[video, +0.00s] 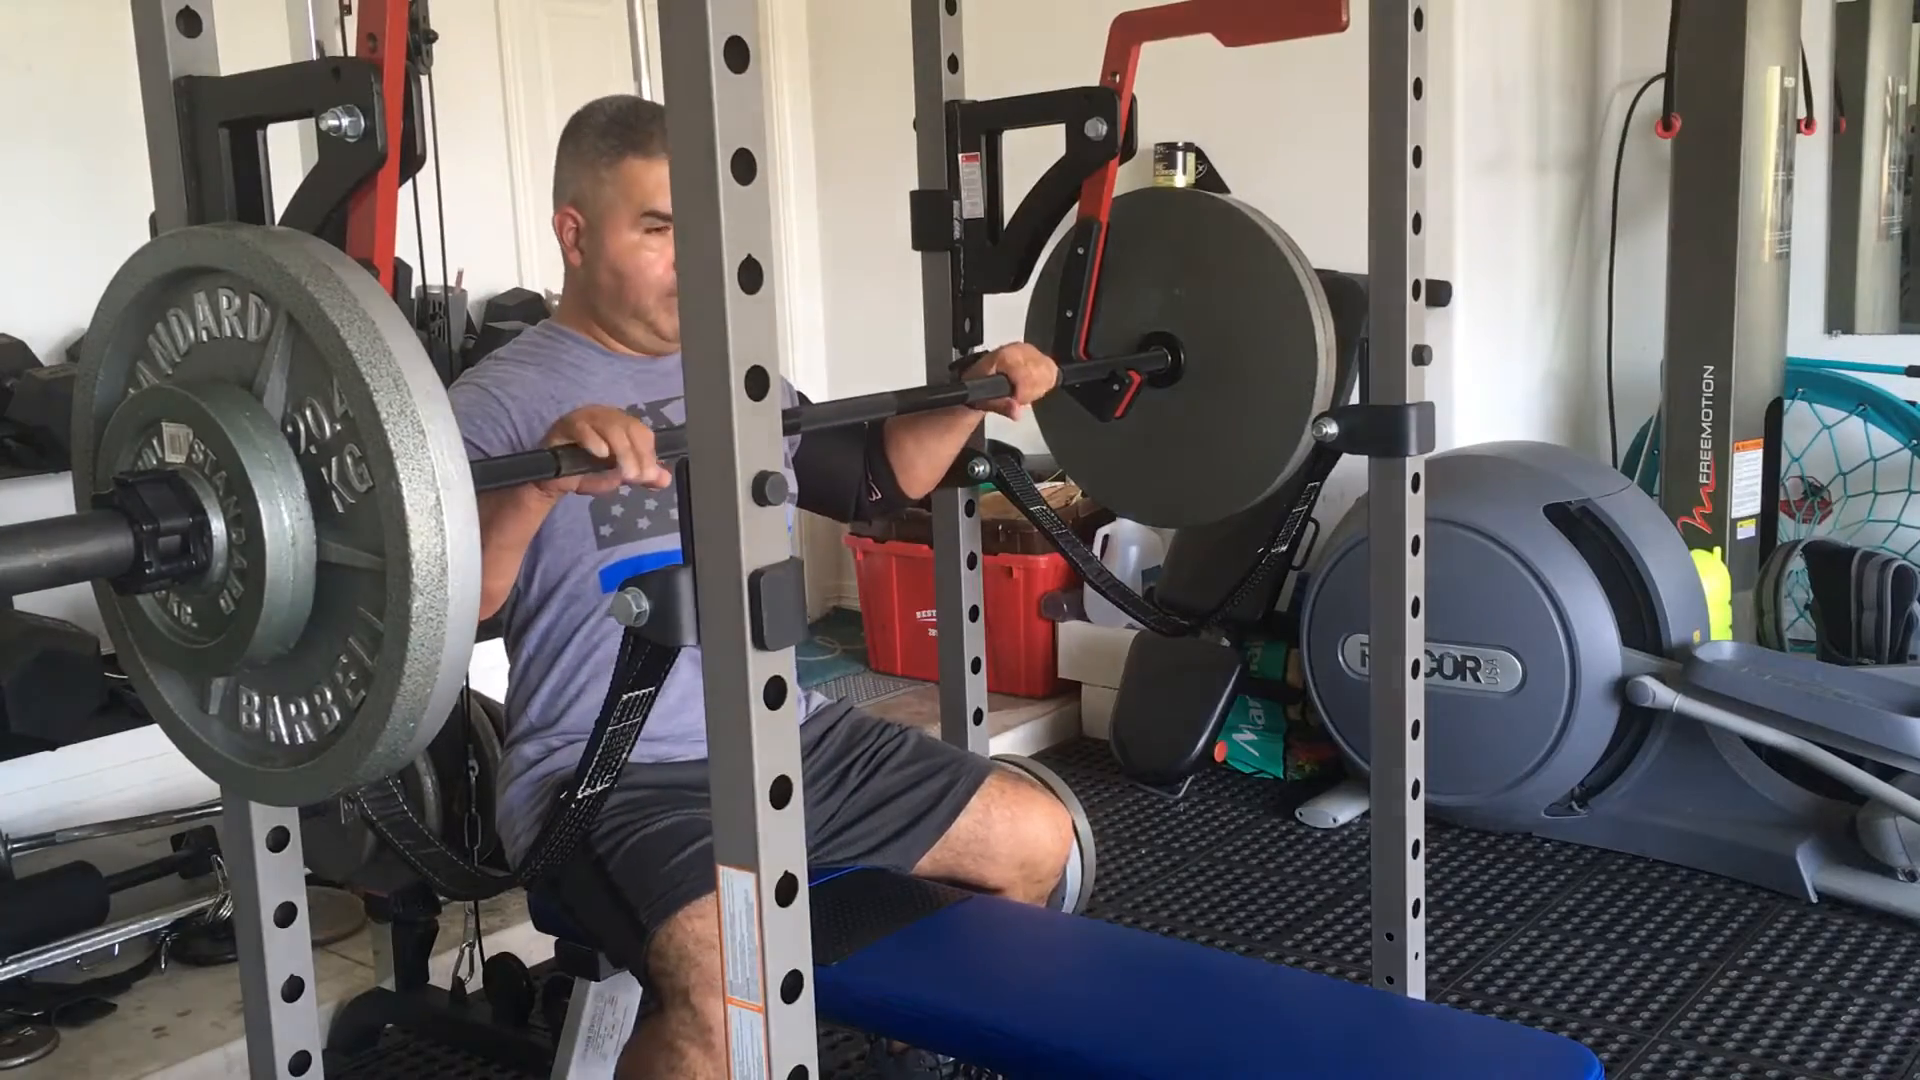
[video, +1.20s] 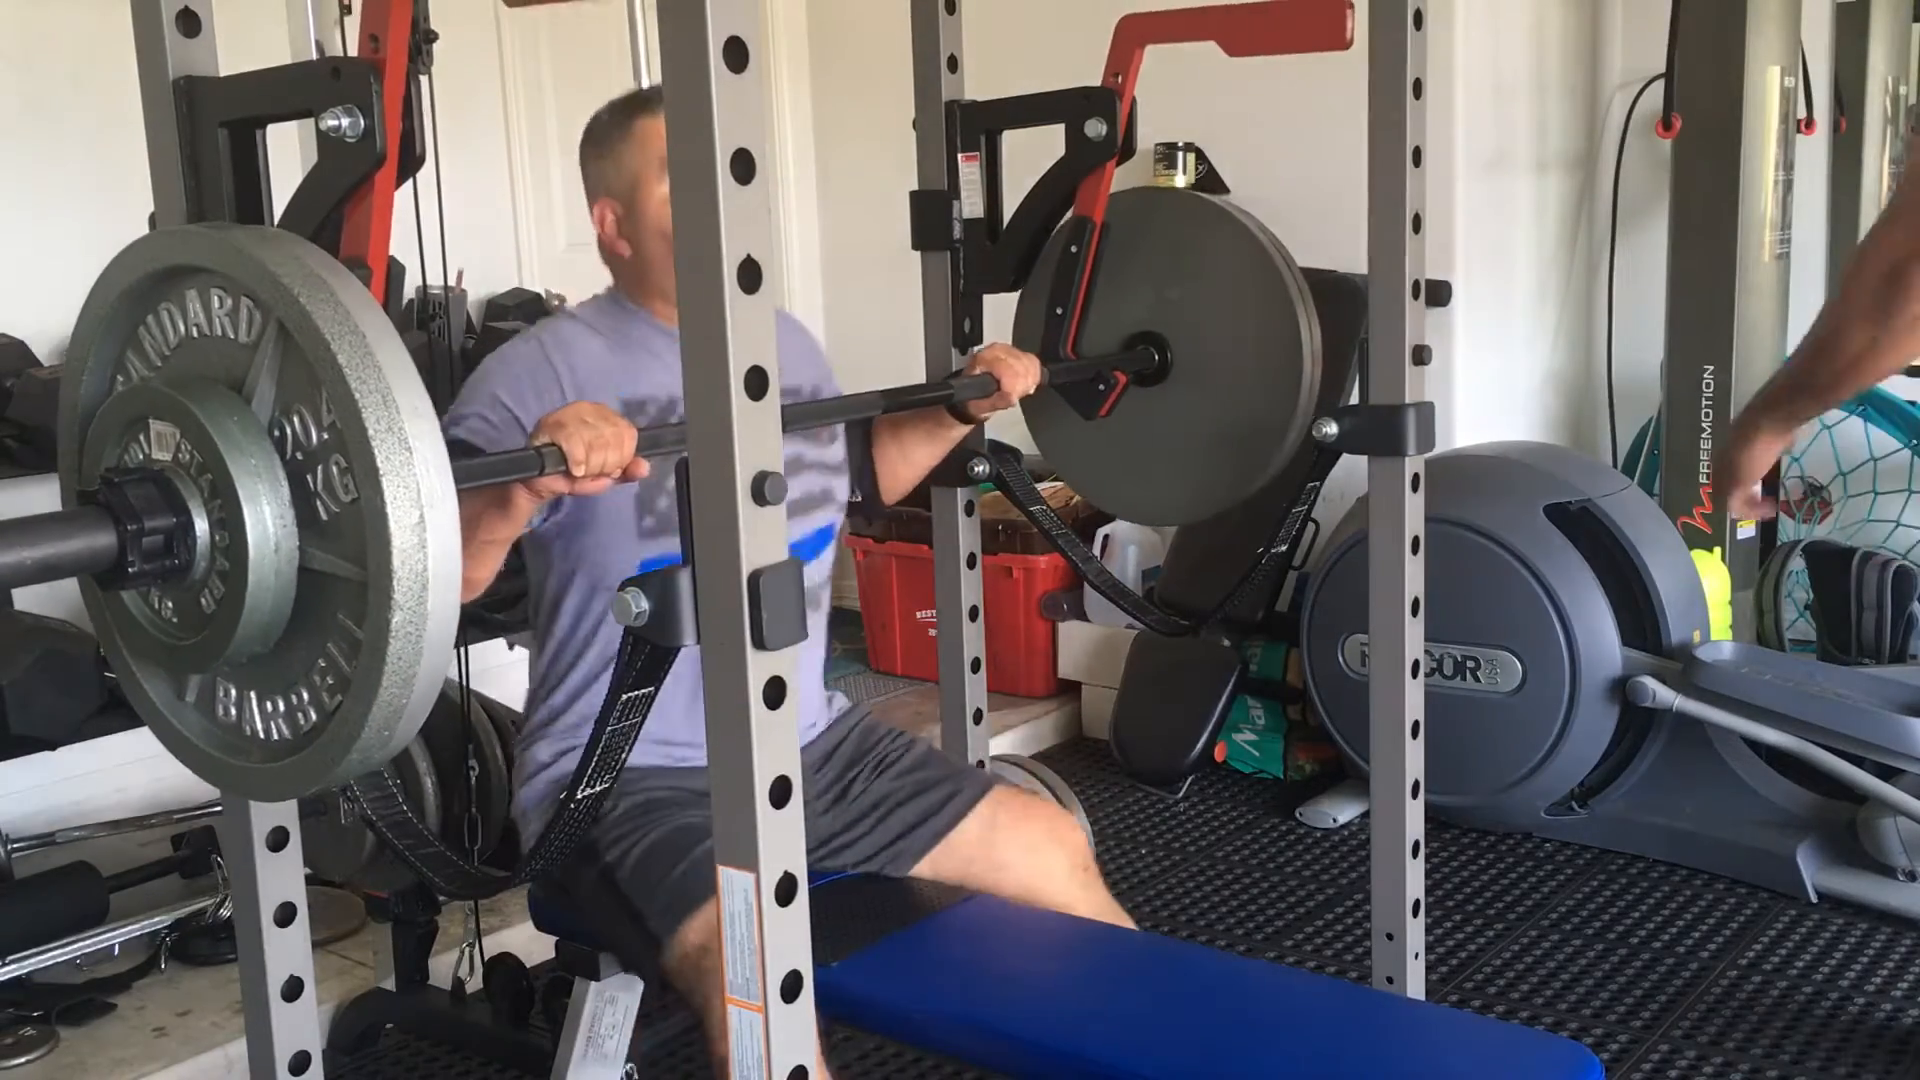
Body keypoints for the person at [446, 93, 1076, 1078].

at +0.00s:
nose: (690, 257)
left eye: (701, 227)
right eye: (657, 227)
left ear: (725, 237)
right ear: (574, 236)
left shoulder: (725, 371)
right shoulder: (503, 393)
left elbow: (871, 480)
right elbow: (461, 607)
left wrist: (972, 394)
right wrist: (545, 472)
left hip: (779, 732)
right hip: (609, 768)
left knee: (1033, 834)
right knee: (729, 968)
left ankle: (964, 1047)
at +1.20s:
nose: (714, 206)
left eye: (724, 179)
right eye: (682, 185)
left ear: (750, 192)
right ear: (614, 225)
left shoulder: (785, 343)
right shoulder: (540, 367)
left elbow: (862, 475)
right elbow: (435, 588)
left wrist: (961, 404)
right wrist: (520, 491)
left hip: (813, 742)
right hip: (626, 772)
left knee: (1042, 842)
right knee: (742, 938)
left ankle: (1173, 1054)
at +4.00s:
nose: (789, 658)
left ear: (848, 659)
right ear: (739, 740)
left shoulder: (1008, 677)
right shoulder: (815, 819)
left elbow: (1123, 600)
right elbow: (711, 733)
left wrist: (1028, 446)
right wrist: (626, 551)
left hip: (1382, 789)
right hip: (1237, 863)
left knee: (1793, 1029)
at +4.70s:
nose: (740, 661)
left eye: (742, 655)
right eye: (719, 676)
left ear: (824, 667)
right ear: (717, 734)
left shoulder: (1011, 677)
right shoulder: (811, 814)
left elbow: (1117, 630)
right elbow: (692, 766)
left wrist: (1035, 454)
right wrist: (620, 560)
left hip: (1346, 785)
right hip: (1203, 865)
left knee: (1787, 986)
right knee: (1414, 1038)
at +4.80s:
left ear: (844, 673)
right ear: (748, 736)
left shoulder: (1006, 691)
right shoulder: (800, 814)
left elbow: (1109, 628)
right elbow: (702, 756)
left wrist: (1038, 448)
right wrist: (638, 553)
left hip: (1354, 791)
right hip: (1208, 863)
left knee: (1782, 1006)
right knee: (1416, 1041)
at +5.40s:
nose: (749, 642)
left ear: (841, 651)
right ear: (736, 731)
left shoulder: (1003, 678)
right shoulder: (812, 812)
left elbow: (1115, 626)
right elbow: (704, 749)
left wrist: (1031, 455)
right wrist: (620, 560)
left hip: (1342, 791)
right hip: (1207, 867)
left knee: (1778, 995)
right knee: (1418, 1029)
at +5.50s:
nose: (754, 633)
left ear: (838, 652)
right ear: (730, 732)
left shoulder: (1000, 684)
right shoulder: (803, 821)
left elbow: (1107, 617)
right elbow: (698, 728)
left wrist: (1032, 449)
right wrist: (620, 553)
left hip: (1353, 794)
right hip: (1218, 871)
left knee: (1784, 996)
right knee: (1424, 1044)